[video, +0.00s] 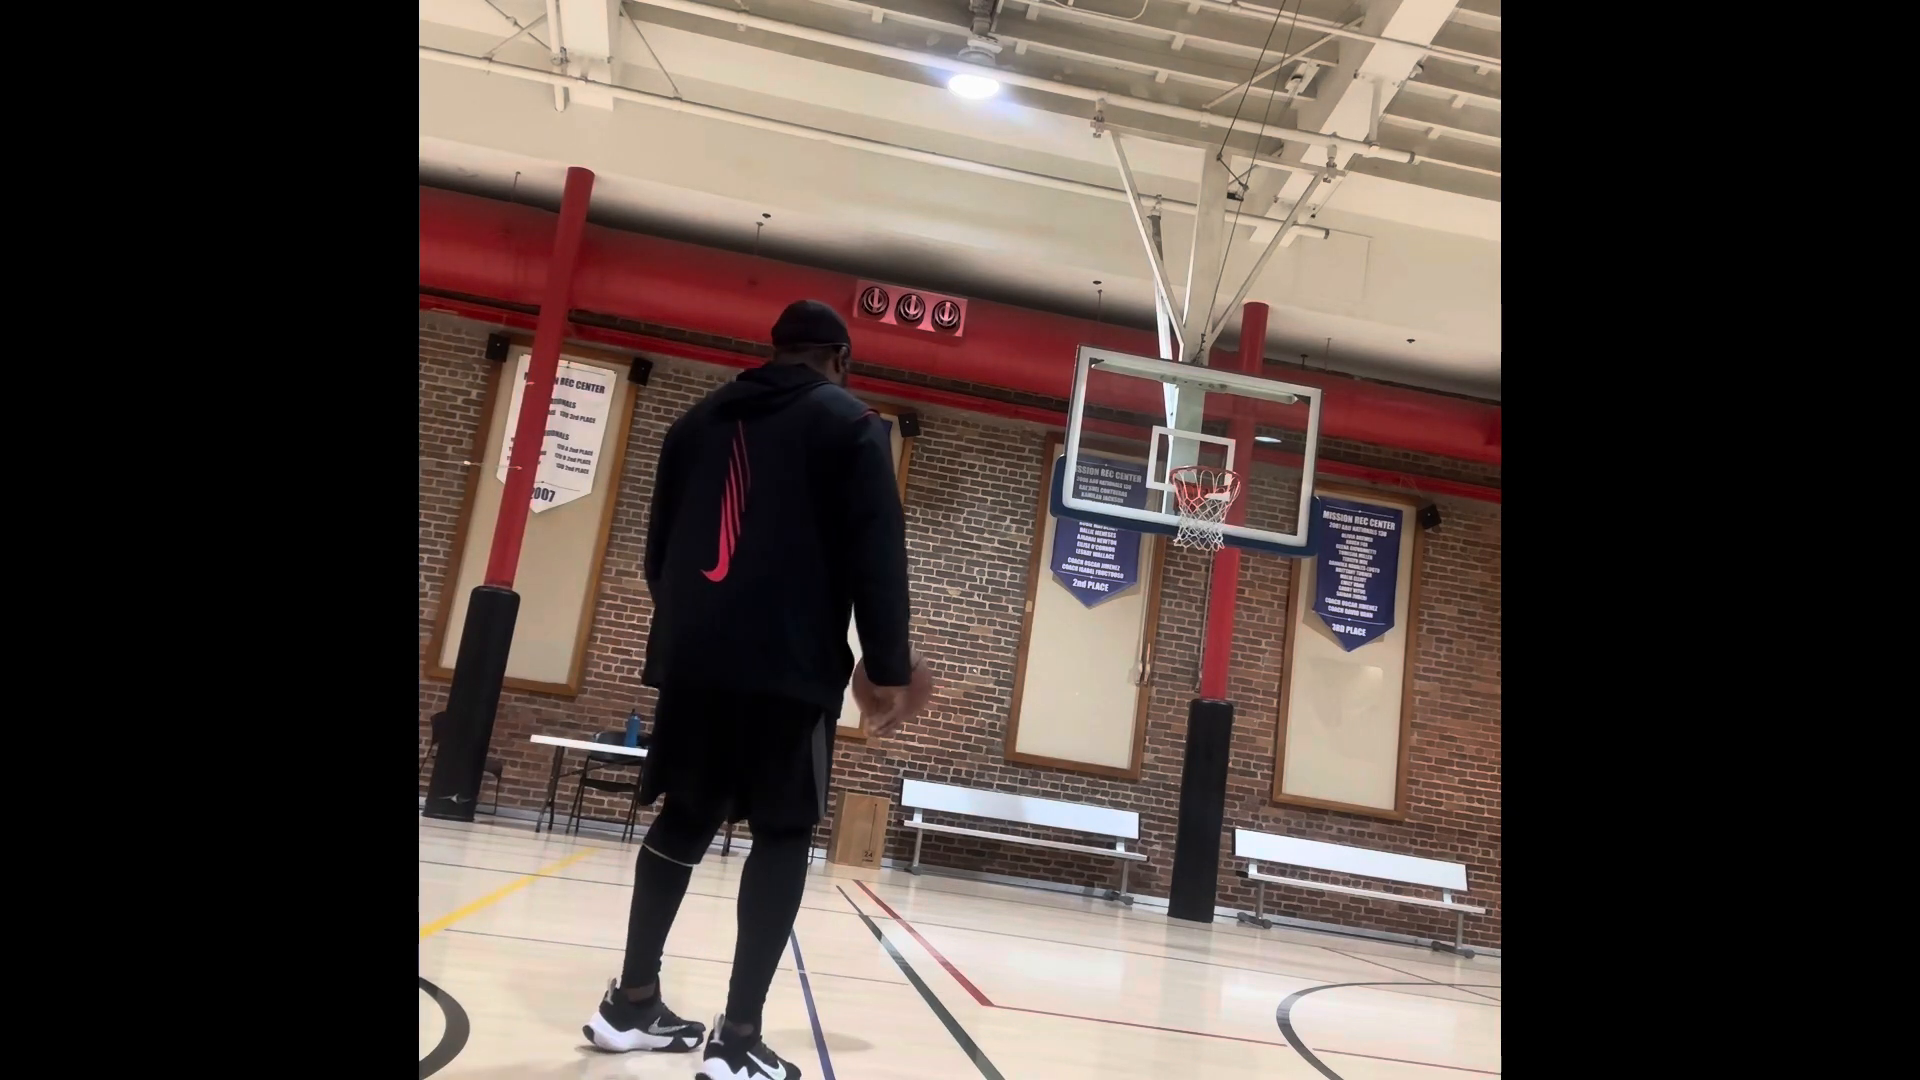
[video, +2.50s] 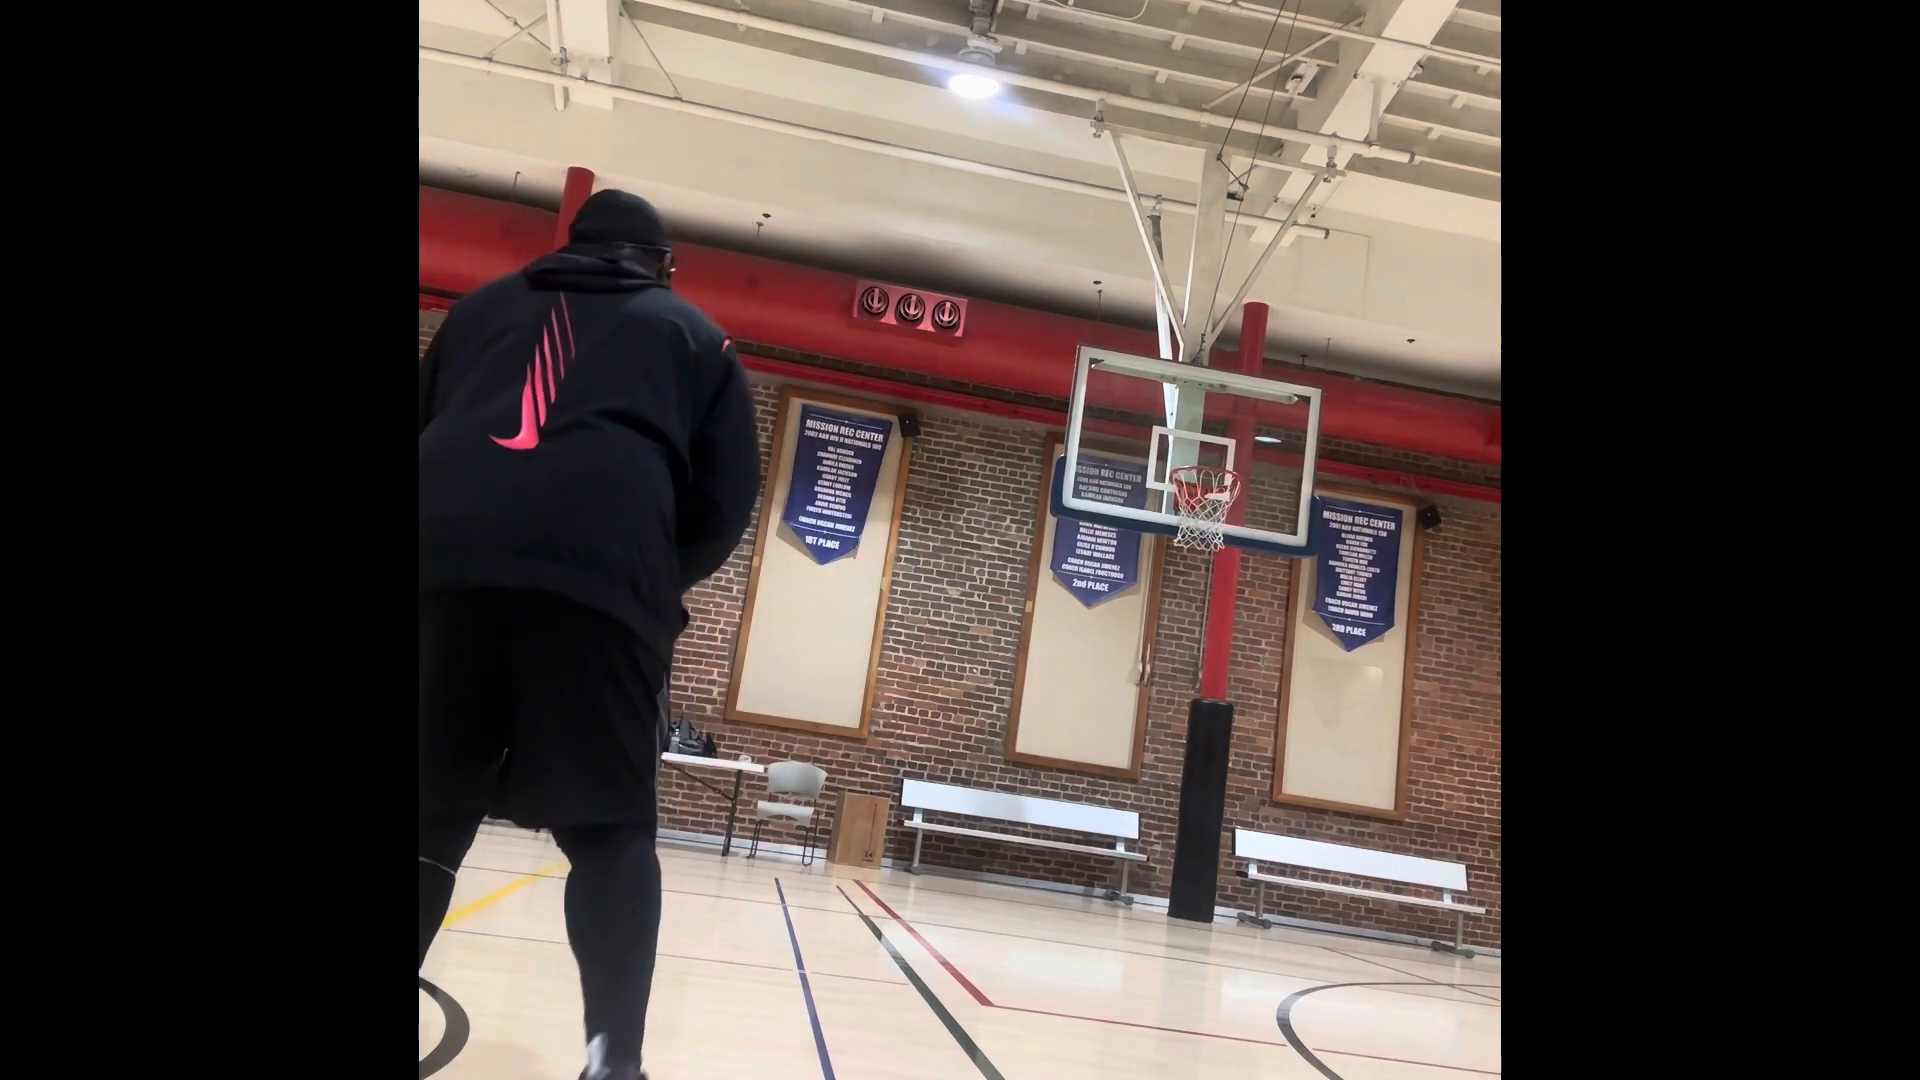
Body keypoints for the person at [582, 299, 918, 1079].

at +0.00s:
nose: (846, 376)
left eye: (842, 367)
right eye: (847, 366)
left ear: (773, 352)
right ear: (834, 359)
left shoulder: (702, 417)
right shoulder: (849, 427)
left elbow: (660, 545)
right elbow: (877, 553)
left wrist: (688, 628)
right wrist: (890, 666)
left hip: (692, 657)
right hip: (790, 667)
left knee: (689, 812)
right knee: (784, 835)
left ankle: (632, 1000)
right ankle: (738, 1037)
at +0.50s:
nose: (792, 358)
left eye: (785, 345)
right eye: (791, 346)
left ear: (712, 331)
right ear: (779, 339)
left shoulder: (639, 398)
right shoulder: (787, 381)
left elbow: (608, 525)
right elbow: (815, 511)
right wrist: (819, 633)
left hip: (604, 637)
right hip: (723, 647)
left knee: (581, 822)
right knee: (716, 839)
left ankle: (495, 1038)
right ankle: (728, 1034)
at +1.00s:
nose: (798, 334)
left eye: (795, 323)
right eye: (797, 323)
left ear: (718, 297)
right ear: (780, 309)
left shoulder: (636, 355)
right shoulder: (783, 335)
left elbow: (567, 470)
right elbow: (815, 475)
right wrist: (825, 621)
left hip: (559, 577)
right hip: (675, 586)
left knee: (555, 809)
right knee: (678, 833)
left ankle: (485, 1043)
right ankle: (622, 1067)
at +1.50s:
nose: (920, 296)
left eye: (926, 285)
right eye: (921, 276)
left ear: (836, 225)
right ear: (890, 239)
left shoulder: (730, 280)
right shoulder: (861, 273)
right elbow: (876, 415)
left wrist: (794, 613)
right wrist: (935, 589)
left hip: (546, 541)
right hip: (684, 564)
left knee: (503, 815)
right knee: (687, 851)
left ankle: (416, 1021)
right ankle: (617, 1068)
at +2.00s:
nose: (828, 275)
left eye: (831, 264)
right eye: (829, 259)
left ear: (737, 217)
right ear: (807, 238)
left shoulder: (622, 284)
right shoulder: (792, 267)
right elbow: (858, 405)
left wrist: (727, 590)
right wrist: (820, 569)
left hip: (482, 525)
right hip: (629, 543)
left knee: (451, 809)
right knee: (635, 841)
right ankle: (597, 1068)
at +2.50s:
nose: (669, 277)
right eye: (670, 266)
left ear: (570, 243)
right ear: (659, 263)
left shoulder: (478, 308)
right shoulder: (696, 337)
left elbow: (425, 425)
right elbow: (728, 497)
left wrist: (454, 523)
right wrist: (653, 567)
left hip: (443, 571)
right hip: (601, 586)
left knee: (429, 819)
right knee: (611, 831)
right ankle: (614, 1057)